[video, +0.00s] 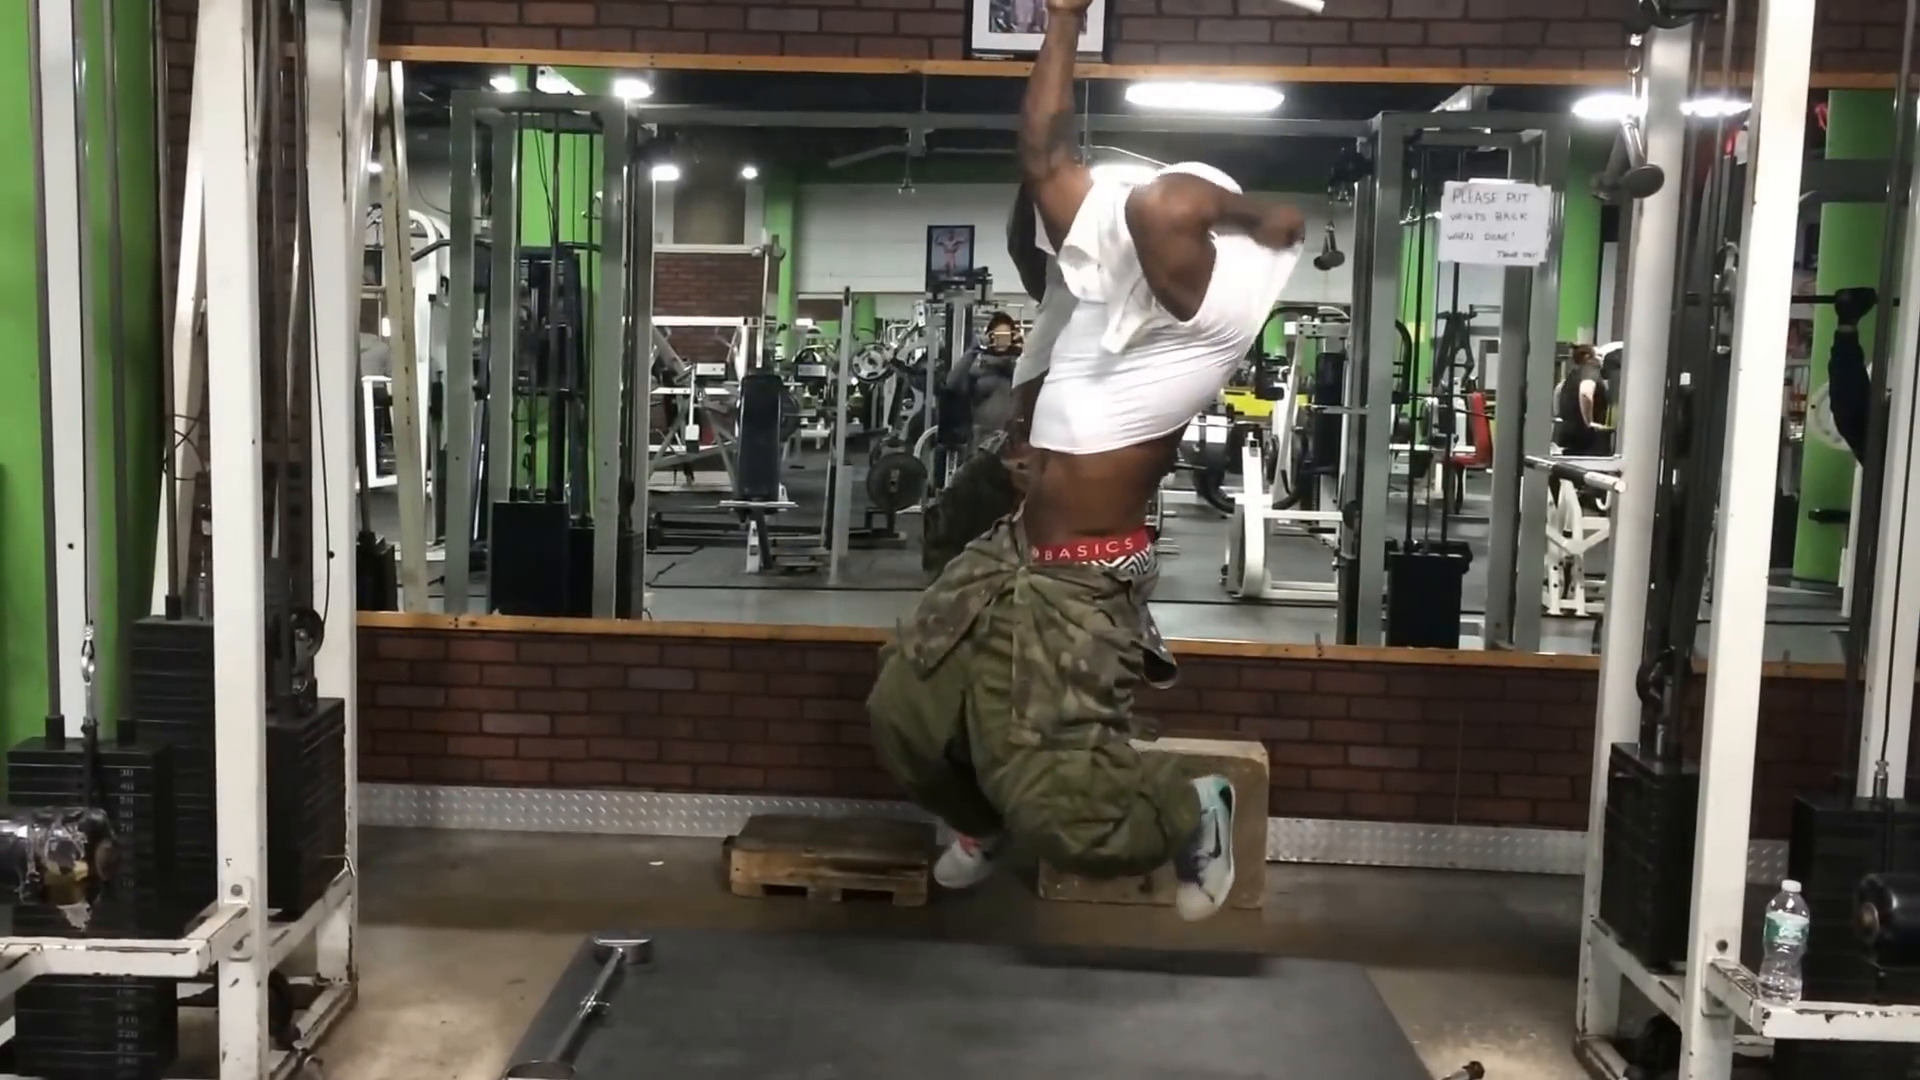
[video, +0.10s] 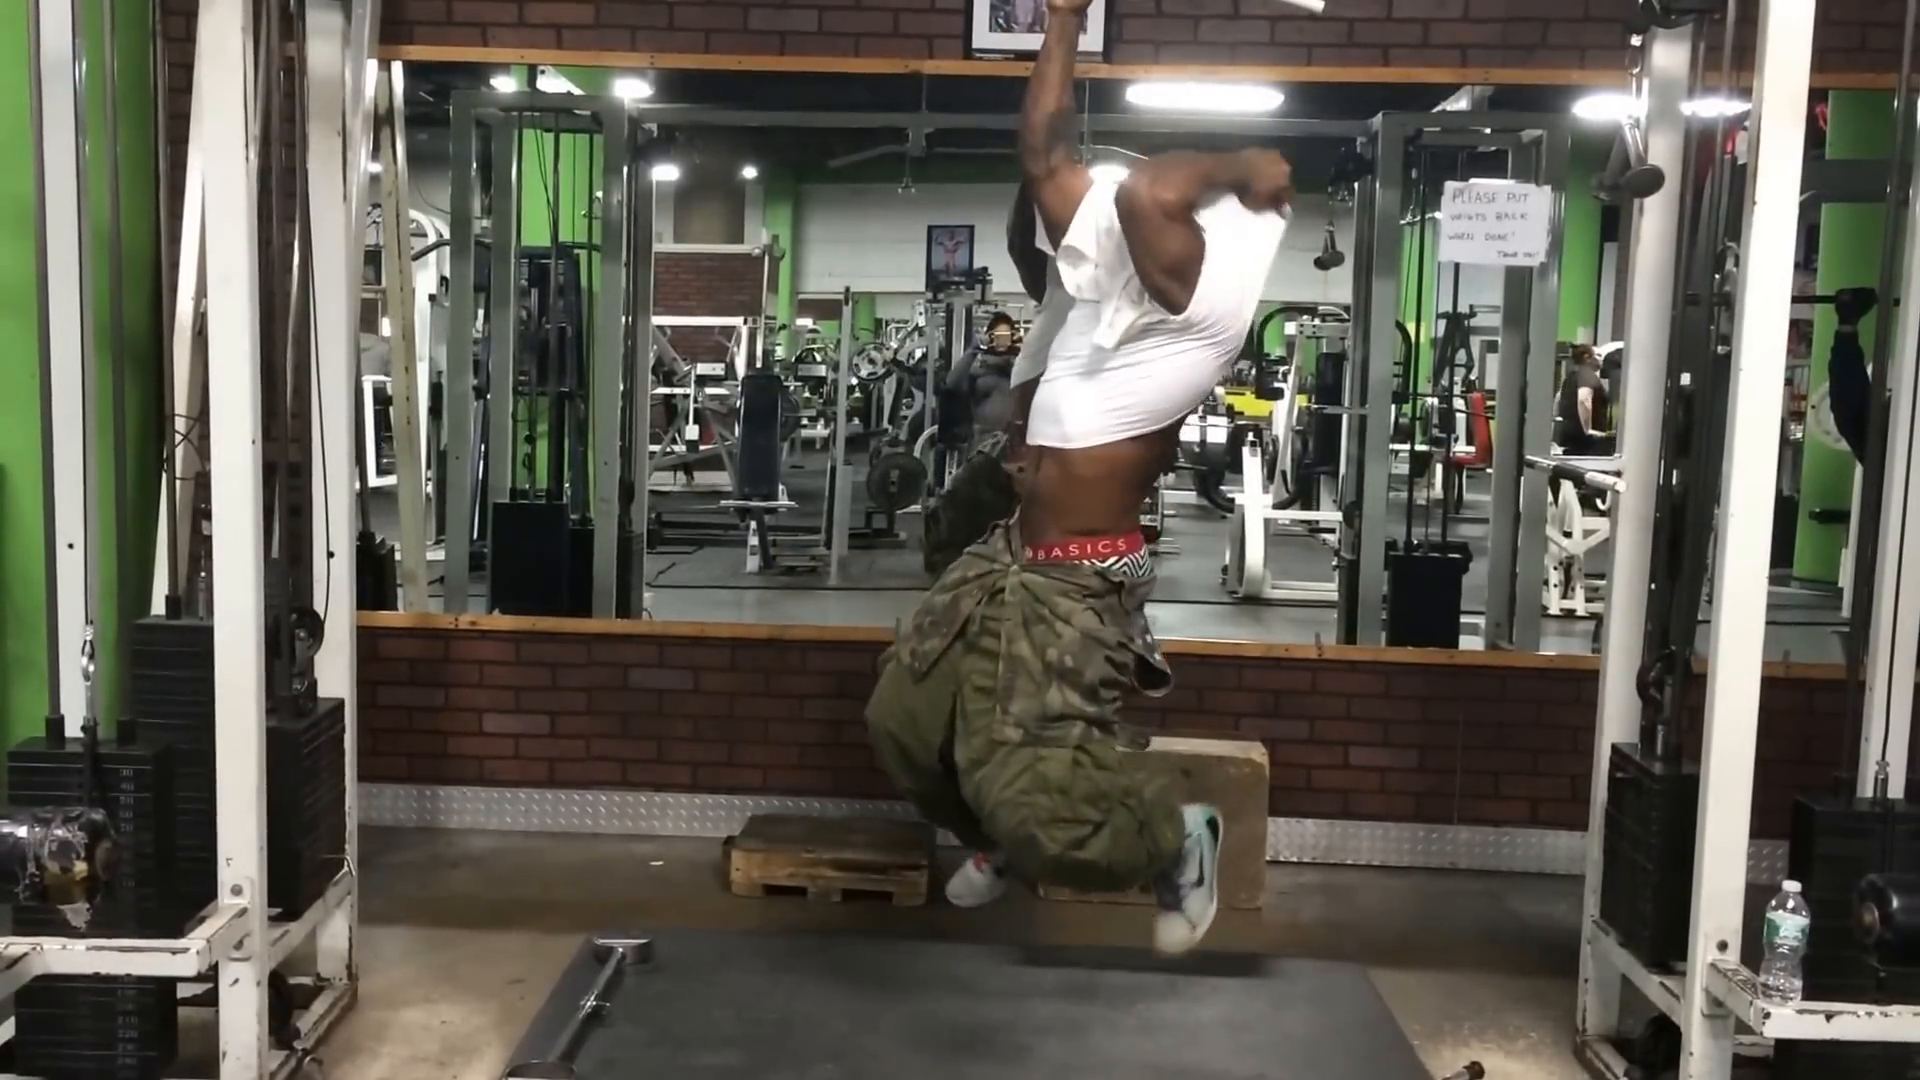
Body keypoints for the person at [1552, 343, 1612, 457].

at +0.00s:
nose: (1601, 359)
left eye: (1600, 355)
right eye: (1598, 356)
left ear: (1583, 359)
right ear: (1588, 358)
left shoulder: (1574, 372)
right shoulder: (1591, 370)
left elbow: (1558, 390)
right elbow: (1585, 394)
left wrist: (1558, 415)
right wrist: (1589, 422)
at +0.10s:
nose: (1600, 359)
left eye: (1599, 355)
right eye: (1597, 355)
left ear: (1586, 358)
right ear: (1587, 358)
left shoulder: (1572, 375)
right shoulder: (1588, 375)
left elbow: (1558, 399)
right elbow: (1584, 400)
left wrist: (1556, 417)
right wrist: (1588, 429)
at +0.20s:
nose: (1601, 358)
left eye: (1599, 355)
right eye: (1597, 355)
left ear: (1585, 358)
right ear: (1586, 358)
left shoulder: (1569, 378)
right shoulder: (1586, 377)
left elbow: (1557, 407)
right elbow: (1584, 405)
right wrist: (1588, 433)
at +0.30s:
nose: (1599, 358)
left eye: (1598, 354)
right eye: (1596, 354)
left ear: (1584, 357)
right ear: (1585, 357)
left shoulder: (1568, 376)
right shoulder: (1585, 376)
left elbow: (1559, 407)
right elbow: (1584, 405)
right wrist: (1588, 431)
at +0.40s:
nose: (1599, 358)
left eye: (1598, 354)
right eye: (1596, 354)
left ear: (1584, 356)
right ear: (1585, 356)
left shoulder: (1567, 374)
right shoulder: (1586, 374)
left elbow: (1557, 398)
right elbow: (1584, 399)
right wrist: (1588, 427)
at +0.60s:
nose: (1600, 358)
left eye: (1600, 354)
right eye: (1597, 353)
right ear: (1586, 356)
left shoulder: (1564, 373)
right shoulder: (1591, 372)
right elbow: (1588, 386)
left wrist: (1558, 409)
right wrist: (1592, 413)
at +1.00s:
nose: (1599, 355)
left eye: (1598, 351)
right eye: (1596, 351)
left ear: (1583, 354)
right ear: (1585, 354)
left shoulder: (1570, 370)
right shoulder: (1588, 370)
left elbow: (1557, 387)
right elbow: (1584, 391)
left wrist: (1560, 409)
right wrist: (1589, 420)